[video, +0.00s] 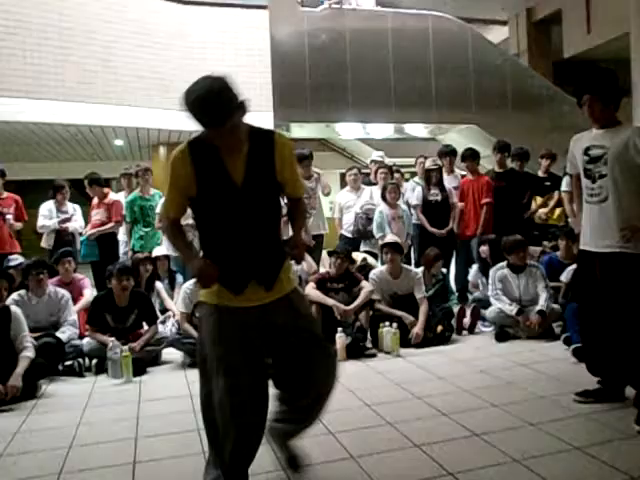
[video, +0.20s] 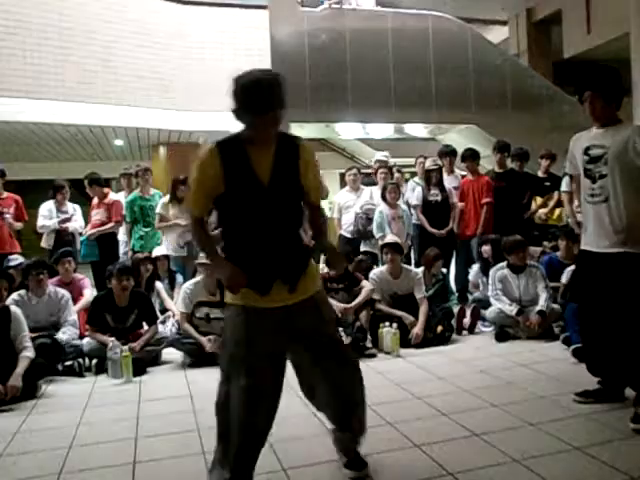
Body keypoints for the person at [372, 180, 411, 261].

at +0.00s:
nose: (393, 195)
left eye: (395, 192)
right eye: (390, 193)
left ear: (399, 194)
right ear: (384, 194)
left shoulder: (405, 209)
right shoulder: (380, 210)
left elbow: (409, 226)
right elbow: (377, 229)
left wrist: (407, 241)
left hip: (403, 244)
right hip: (387, 244)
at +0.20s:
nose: (393, 195)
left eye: (395, 192)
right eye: (390, 192)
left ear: (399, 194)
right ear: (384, 194)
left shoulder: (404, 209)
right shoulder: (380, 211)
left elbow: (409, 226)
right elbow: (377, 230)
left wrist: (407, 242)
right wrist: (385, 242)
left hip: (404, 244)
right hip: (387, 245)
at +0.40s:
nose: (392, 195)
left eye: (395, 192)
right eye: (389, 192)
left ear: (399, 194)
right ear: (384, 194)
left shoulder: (404, 209)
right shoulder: (380, 211)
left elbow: (409, 226)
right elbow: (377, 229)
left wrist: (407, 241)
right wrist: (384, 242)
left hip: (403, 244)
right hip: (387, 245)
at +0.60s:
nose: (392, 196)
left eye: (395, 192)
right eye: (389, 192)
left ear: (399, 194)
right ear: (384, 194)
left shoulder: (403, 209)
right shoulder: (379, 211)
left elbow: (409, 226)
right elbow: (376, 230)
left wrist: (407, 240)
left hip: (403, 245)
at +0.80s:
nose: (392, 196)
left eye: (394, 193)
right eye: (389, 193)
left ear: (398, 194)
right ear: (383, 194)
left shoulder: (404, 210)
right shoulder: (379, 211)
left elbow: (409, 226)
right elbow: (376, 229)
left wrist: (407, 241)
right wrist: (384, 242)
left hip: (403, 244)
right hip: (387, 245)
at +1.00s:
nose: (401, 195)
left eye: (404, 192)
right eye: (398, 192)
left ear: (408, 194)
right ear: (393, 194)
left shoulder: (413, 209)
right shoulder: (389, 210)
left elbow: (418, 225)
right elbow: (385, 227)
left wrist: (416, 240)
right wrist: (392, 239)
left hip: (413, 243)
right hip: (396, 243)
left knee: (413, 269)